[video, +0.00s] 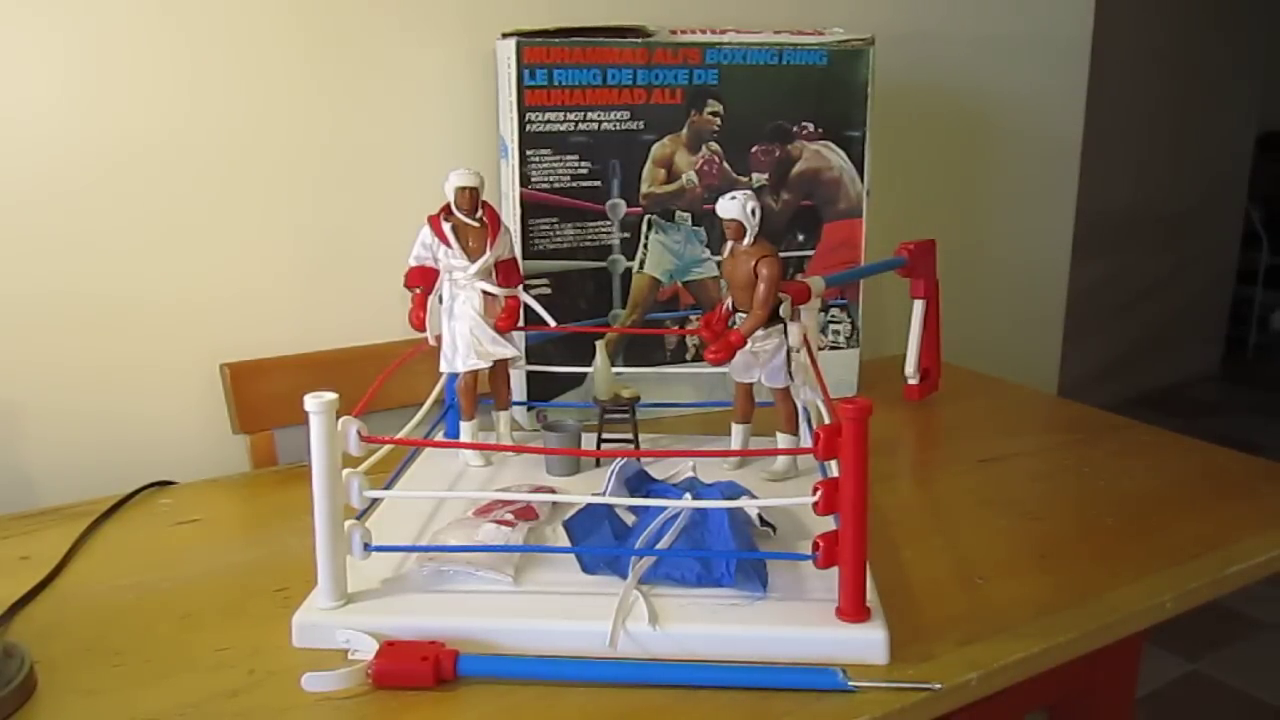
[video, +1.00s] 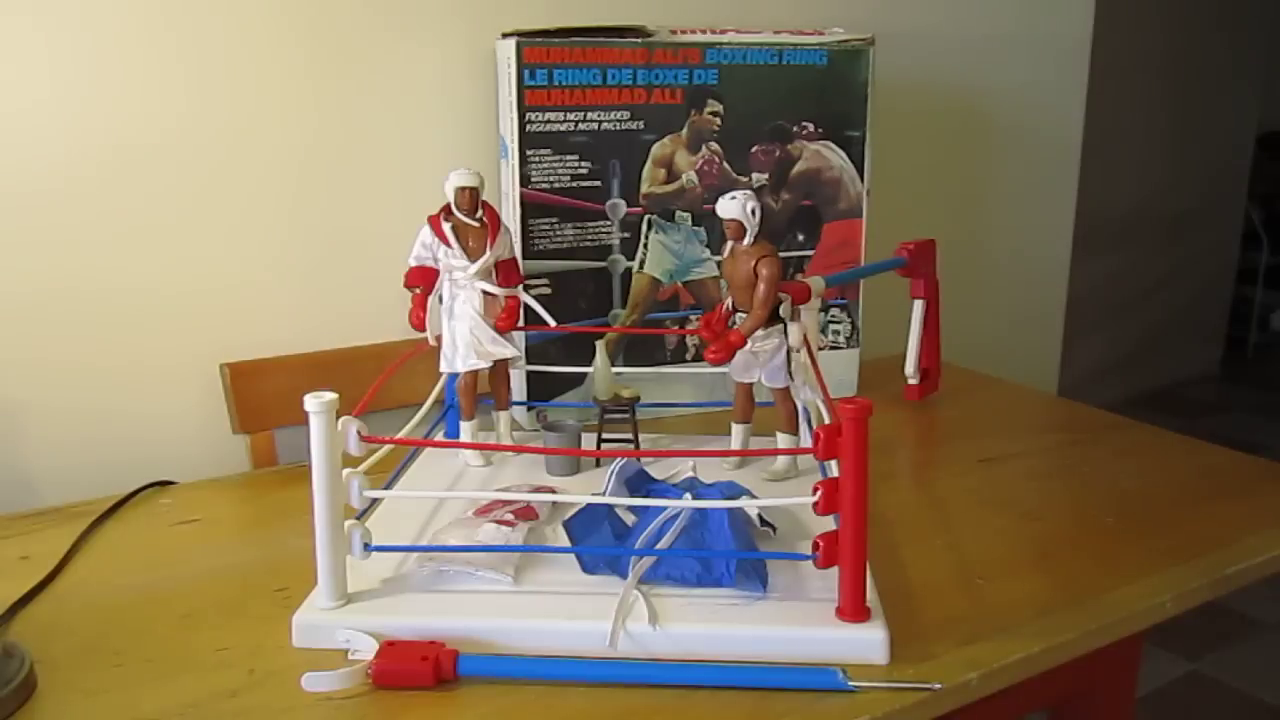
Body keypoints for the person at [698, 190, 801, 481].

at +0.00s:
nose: (725, 227)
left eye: (730, 222)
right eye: (723, 222)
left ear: (747, 223)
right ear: (724, 222)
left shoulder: (767, 261)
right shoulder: (729, 249)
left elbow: (761, 313)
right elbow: (733, 292)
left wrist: (735, 338)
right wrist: (719, 316)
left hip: (770, 332)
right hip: (742, 328)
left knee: (780, 390)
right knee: (742, 386)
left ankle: (787, 456)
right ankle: (738, 450)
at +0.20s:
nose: (725, 227)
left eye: (730, 222)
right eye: (723, 222)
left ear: (747, 223)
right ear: (724, 222)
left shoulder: (767, 261)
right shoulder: (729, 249)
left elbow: (761, 313)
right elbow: (733, 292)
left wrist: (735, 338)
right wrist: (719, 316)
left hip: (769, 332)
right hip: (742, 328)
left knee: (780, 390)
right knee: (742, 386)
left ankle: (787, 456)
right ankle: (738, 450)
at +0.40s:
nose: (725, 227)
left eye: (730, 222)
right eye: (723, 222)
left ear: (747, 223)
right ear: (724, 222)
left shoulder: (767, 261)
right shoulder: (729, 249)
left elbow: (761, 313)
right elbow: (733, 292)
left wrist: (735, 338)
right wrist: (719, 316)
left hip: (769, 332)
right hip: (742, 328)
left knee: (780, 390)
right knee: (742, 385)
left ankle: (787, 456)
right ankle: (738, 450)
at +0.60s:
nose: (725, 227)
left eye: (730, 222)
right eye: (723, 221)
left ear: (748, 222)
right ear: (724, 222)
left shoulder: (766, 260)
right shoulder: (729, 250)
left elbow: (761, 312)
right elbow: (736, 293)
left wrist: (735, 339)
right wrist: (720, 316)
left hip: (769, 333)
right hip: (743, 329)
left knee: (780, 390)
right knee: (742, 385)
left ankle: (787, 456)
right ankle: (738, 449)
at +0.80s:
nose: (725, 227)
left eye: (730, 222)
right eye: (724, 222)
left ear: (748, 222)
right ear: (724, 222)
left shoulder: (767, 260)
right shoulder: (730, 249)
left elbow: (761, 313)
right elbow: (736, 291)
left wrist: (735, 338)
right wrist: (722, 313)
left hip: (770, 333)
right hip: (743, 329)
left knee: (780, 390)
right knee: (742, 385)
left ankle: (787, 456)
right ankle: (738, 450)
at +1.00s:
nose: (725, 228)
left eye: (731, 222)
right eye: (724, 222)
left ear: (748, 222)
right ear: (724, 223)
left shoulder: (767, 260)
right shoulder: (731, 250)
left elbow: (761, 312)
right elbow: (736, 292)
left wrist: (735, 338)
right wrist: (721, 314)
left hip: (769, 333)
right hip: (743, 329)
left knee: (780, 390)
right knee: (742, 385)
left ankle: (787, 456)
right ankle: (738, 449)